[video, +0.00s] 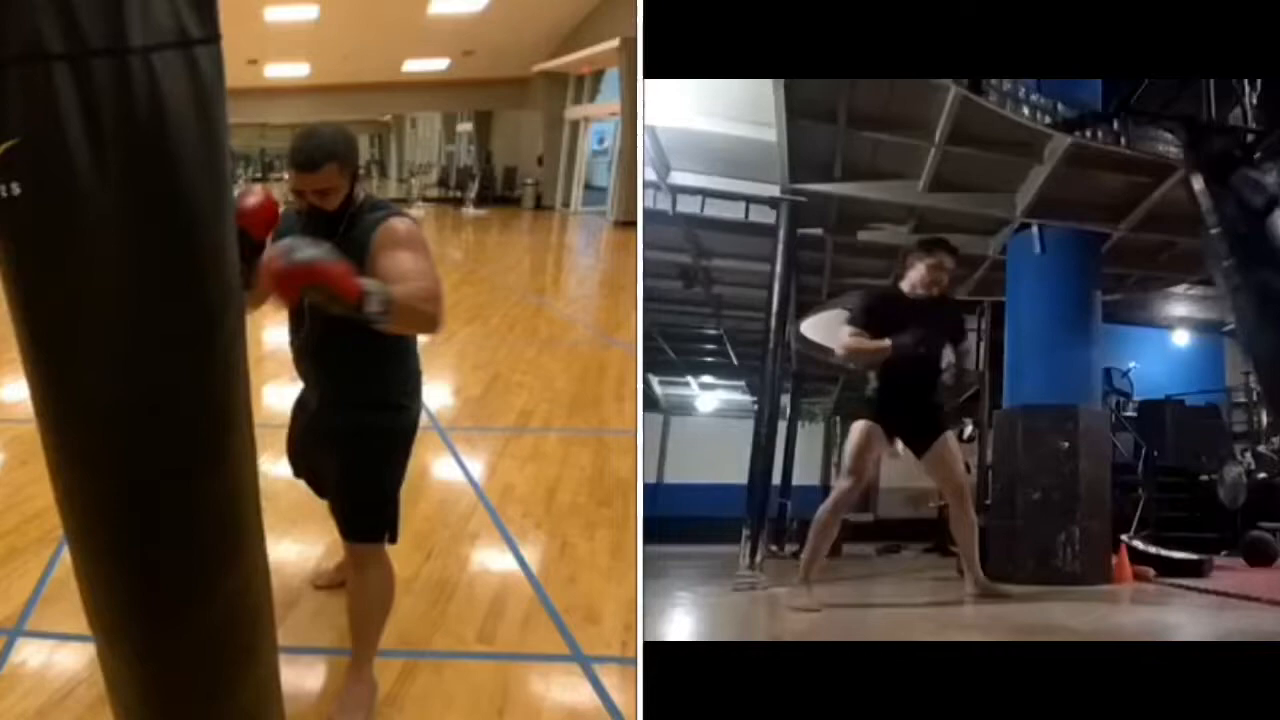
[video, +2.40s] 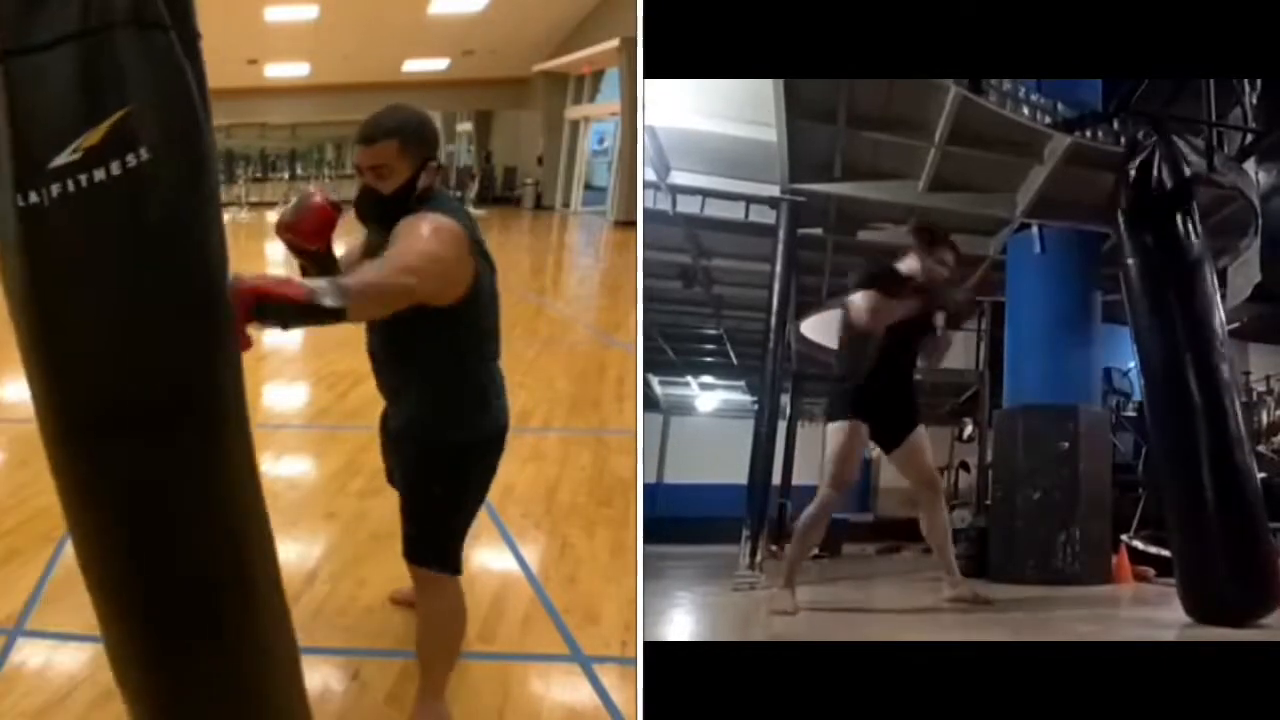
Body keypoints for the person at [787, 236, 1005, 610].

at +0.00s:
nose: (940, 277)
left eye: (947, 272)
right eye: (934, 267)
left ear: (951, 277)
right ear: (912, 264)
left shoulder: (948, 312)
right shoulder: (881, 300)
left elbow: (964, 362)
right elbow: (846, 345)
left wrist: (958, 384)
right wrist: (893, 345)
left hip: (924, 409)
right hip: (880, 406)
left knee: (959, 490)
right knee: (848, 487)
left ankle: (975, 580)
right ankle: (802, 580)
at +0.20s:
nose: (995, 294)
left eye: (997, 288)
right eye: (992, 285)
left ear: (977, 282)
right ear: (972, 276)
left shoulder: (965, 316)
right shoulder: (932, 297)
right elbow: (887, 334)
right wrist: (922, 356)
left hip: (934, 411)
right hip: (898, 404)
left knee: (963, 488)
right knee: (869, 495)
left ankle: (975, 578)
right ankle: (808, 581)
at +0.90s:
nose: (957, 248)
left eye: (963, 241)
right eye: (951, 237)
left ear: (968, 248)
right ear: (931, 237)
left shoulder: (960, 289)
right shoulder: (895, 270)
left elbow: (962, 334)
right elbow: (855, 310)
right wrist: (888, 316)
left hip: (930, 387)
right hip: (883, 382)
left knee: (959, 474)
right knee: (868, 462)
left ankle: (969, 569)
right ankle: (845, 577)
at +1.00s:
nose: (949, 243)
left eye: (955, 238)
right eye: (944, 233)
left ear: (957, 243)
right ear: (921, 229)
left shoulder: (944, 279)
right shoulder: (884, 261)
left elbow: (953, 330)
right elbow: (834, 301)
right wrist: (888, 302)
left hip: (913, 382)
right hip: (868, 376)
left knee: (943, 478)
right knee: (852, 463)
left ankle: (908, 569)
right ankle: (806, 569)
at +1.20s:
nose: (925, 254)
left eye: (929, 247)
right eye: (921, 243)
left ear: (919, 249)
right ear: (896, 236)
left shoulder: (904, 285)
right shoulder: (855, 263)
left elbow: (888, 338)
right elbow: (824, 310)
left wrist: (914, 352)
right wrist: (877, 315)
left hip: (878, 386)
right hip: (836, 381)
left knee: (934, 460)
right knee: (811, 479)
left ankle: (901, 554)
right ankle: (771, 588)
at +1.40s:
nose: (914, 240)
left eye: (918, 236)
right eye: (910, 230)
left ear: (914, 240)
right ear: (886, 221)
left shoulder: (902, 271)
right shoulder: (848, 238)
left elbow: (914, 324)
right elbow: (838, 267)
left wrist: (921, 328)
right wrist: (893, 275)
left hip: (878, 379)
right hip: (829, 374)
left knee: (913, 478)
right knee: (800, 476)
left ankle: (919, 576)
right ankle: (772, 590)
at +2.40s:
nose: (945, 273)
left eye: (950, 268)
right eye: (941, 263)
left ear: (946, 270)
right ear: (918, 255)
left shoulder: (928, 300)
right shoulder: (880, 277)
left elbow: (932, 360)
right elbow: (864, 316)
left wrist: (947, 329)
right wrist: (918, 299)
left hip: (896, 401)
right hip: (854, 395)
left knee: (930, 487)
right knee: (833, 490)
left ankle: (953, 581)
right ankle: (785, 583)